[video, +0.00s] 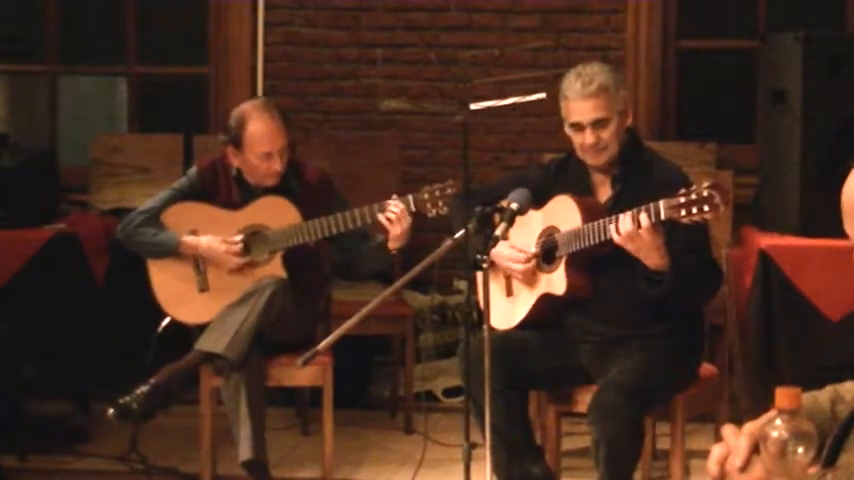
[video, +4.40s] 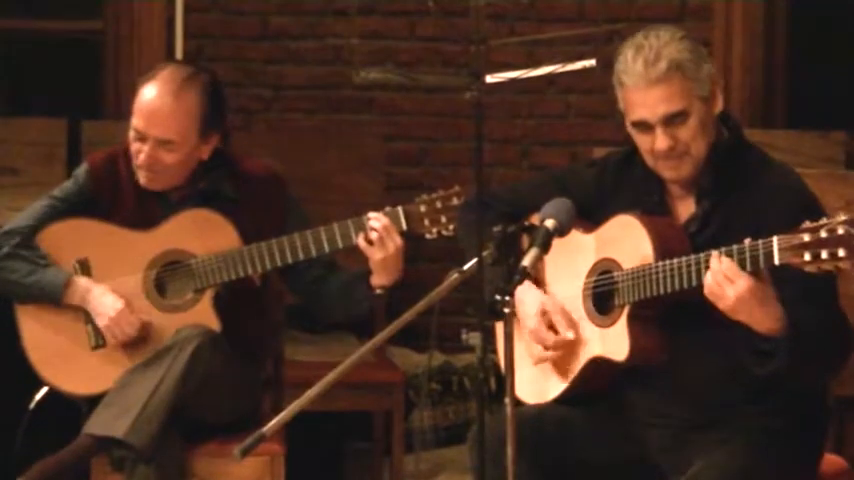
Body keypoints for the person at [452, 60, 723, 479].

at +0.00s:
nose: (590, 139)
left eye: (601, 125)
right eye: (577, 128)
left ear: (626, 116)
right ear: (564, 126)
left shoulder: (667, 184)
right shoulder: (557, 177)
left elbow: (703, 284)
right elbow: (469, 203)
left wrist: (661, 265)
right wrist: (489, 248)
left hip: (653, 343)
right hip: (574, 336)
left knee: (612, 406)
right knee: (485, 353)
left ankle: (614, 474)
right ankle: (523, 471)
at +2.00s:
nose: (557, 147)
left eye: (566, 136)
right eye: (556, 135)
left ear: (609, 131)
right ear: (606, 133)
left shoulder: (684, 186)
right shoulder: (565, 177)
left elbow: (732, 294)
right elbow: (469, 210)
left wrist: (687, 274)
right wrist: (493, 261)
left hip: (675, 357)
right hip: (589, 351)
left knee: (630, 430)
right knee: (488, 373)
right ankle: (525, 473)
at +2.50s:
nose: (618, 147)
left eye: (631, 129)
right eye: (603, 133)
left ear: (664, 113)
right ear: (590, 128)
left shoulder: (715, 187)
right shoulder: (583, 179)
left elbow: (756, 315)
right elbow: (476, 208)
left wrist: (704, 292)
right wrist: (498, 273)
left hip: (700, 378)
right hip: (605, 370)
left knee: (657, 446)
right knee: (500, 393)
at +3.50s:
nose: (656, 158)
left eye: (670, 136)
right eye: (637, 143)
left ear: (704, 113)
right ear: (618, 131)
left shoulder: (761, 198)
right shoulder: (604, 181)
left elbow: (805, 348)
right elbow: (479, 211)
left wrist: (745, 329)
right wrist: (508, 286)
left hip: (736, 406)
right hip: (622, 397)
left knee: (712, 460)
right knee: (499, 428)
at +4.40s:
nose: (663, 144)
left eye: (677, 120)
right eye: (643, 127)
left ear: (714, 101)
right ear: (624, 123)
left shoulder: (775, 195)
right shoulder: (612, 181)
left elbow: (830, 348)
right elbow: (482, 212)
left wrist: (774, 324)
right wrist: (516, 289)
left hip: (744, 421)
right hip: (625, 410)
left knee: (722, 467)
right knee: (501, 436)